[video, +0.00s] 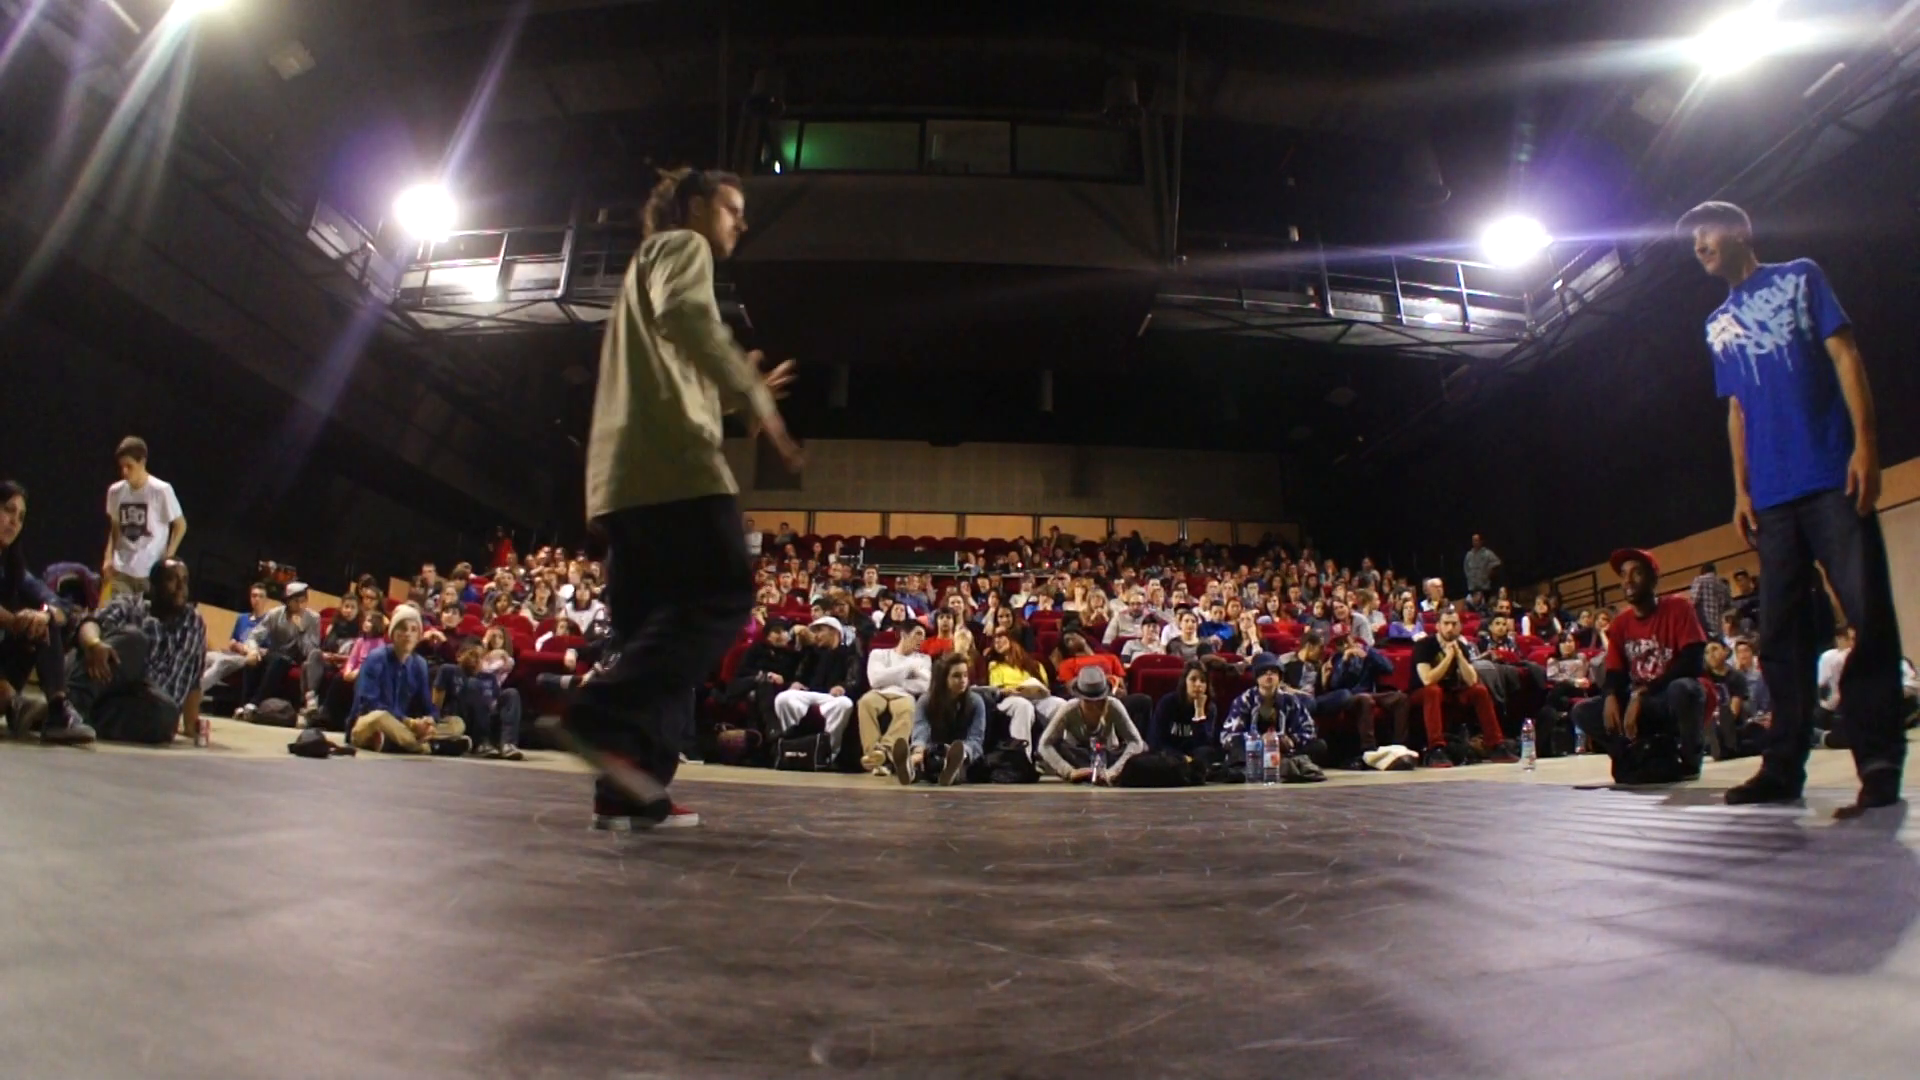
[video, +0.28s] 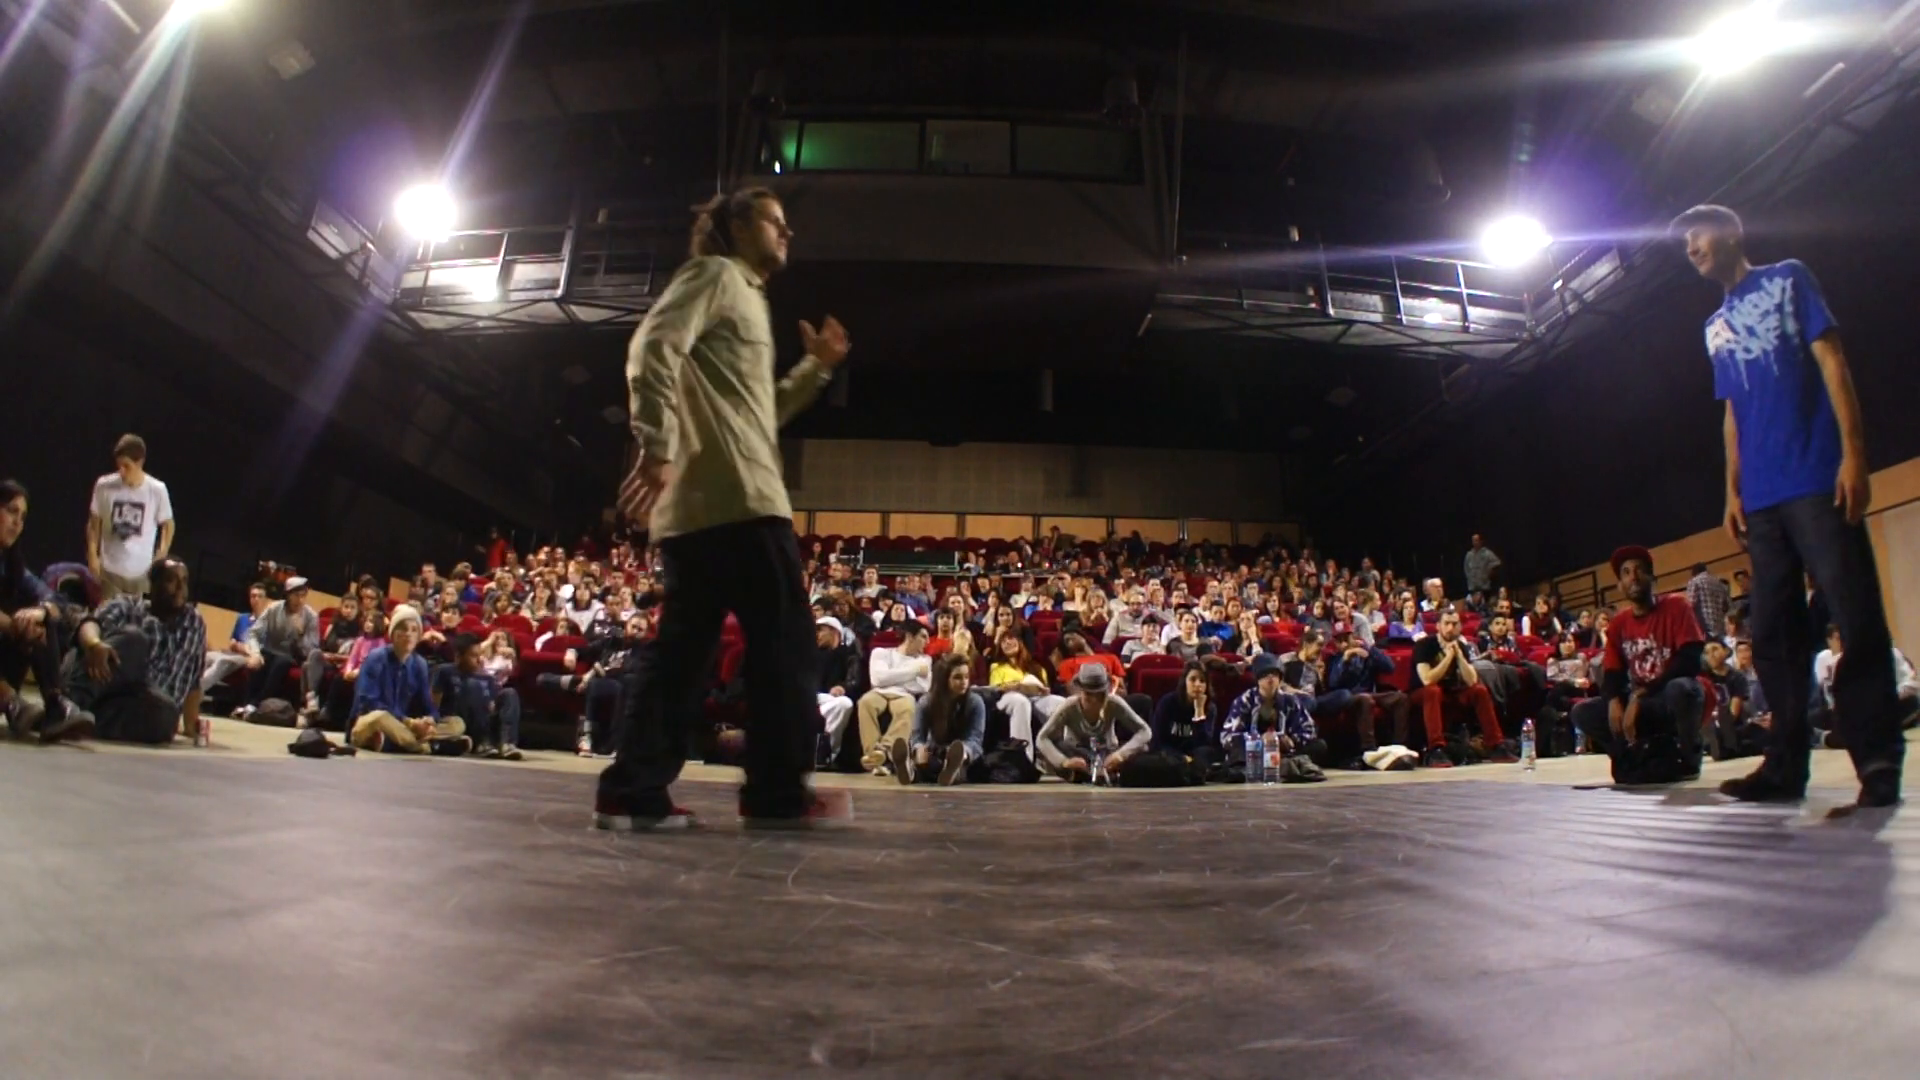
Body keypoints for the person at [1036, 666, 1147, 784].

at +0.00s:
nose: (1094, 707)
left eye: (1099, 701)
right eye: (1088, 702)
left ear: (1106, 696)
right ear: (1080, 698)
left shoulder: (1114, 706)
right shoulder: (1067, 709)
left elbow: (1136, 744)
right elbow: (1044, 746)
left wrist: (1112, 773)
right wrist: (1069, 772)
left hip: (1109, 754)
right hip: (1079, 755)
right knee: (1058, 746)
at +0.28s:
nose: (1094, 700)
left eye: (1100, 695)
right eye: (1089, 694)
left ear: (1106, 691)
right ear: (1081, 691)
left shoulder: (1115, 703)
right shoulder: (1068, 707)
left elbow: (1145, 732)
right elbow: (1042, 739)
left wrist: (1120, 755)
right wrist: (1063, 761)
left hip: (1107, 752)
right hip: (1078, 753)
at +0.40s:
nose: (1094, 687)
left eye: (1099, 682)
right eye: (1088, 681)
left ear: (1107, 684)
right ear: (1080, 682)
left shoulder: (1114, 701)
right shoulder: (1069, 704)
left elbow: (1146, 728)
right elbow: (1042, 735)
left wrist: (1123, 747)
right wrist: (1063, 753)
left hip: (1108, 752)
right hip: (1079, 754)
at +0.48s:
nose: (1095, 680)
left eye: (1101, 675)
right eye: (1090, 674)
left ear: (1108, 679)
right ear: (1081, 677)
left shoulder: (1115, 699)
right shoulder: (1069, 701)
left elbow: (1146, 726)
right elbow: (1043, 731)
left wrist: (1124, 741)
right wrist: (1063, 745)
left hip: (1108, 755)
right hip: (1078, 757)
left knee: (1139, 746)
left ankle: (1083, 776)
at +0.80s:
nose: (1097, 669)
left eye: (1103, 665)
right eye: (1092, 664)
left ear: (1112, 672)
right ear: (1084, 670)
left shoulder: (1118, 696)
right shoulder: (1071, 694)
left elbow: (1146, 721)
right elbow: (1045, 720)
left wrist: (1135, 728)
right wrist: (1067, 720)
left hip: (1109, 751)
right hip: (1079, 750)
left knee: (1139, 748)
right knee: (1059, 745)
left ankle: (1083, 775)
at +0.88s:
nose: (1097, 668)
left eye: (1103, 664)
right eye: (1093, 664)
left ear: (1112, 672)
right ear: (1085, 670)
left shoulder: (1119, 695)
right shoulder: (1072, 694)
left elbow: (1145, 723)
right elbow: (1045, 719)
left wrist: (1137, 731)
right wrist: (1067, 720)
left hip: (1109, 750)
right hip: (1079, 750)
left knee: (1140, 746)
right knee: (1057, 744)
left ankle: (1083, 775)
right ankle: (1102, 776)